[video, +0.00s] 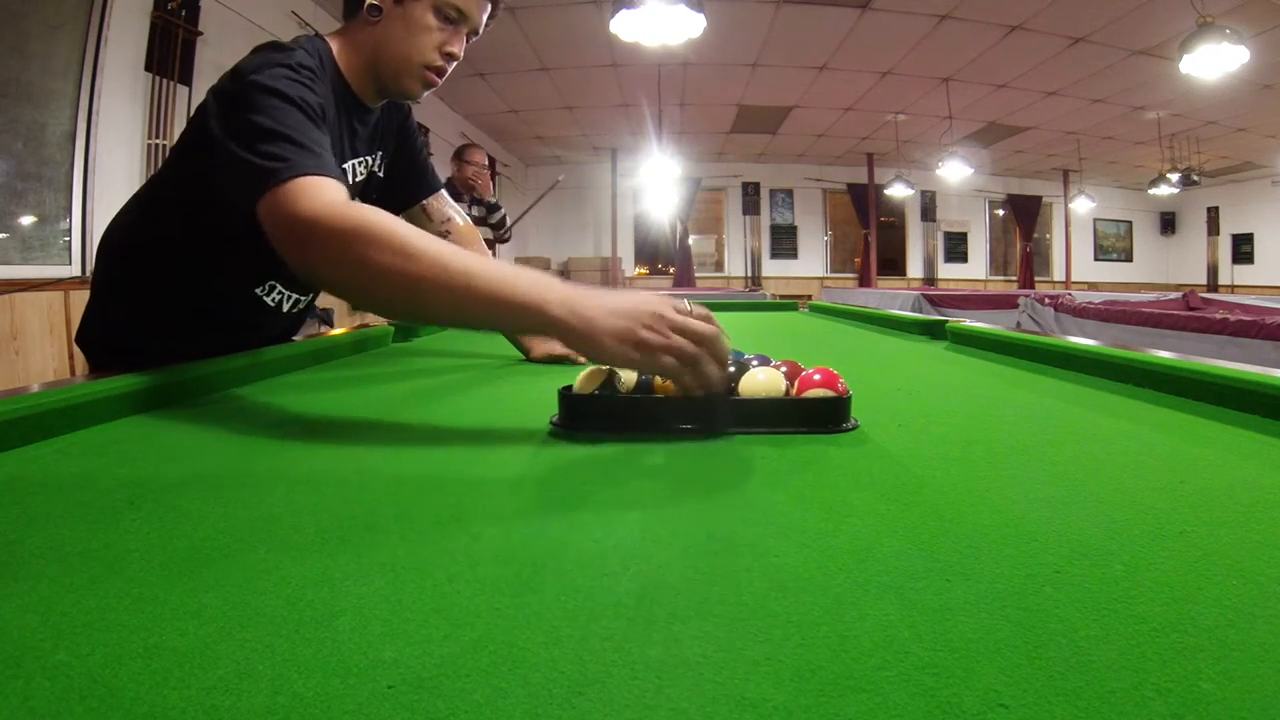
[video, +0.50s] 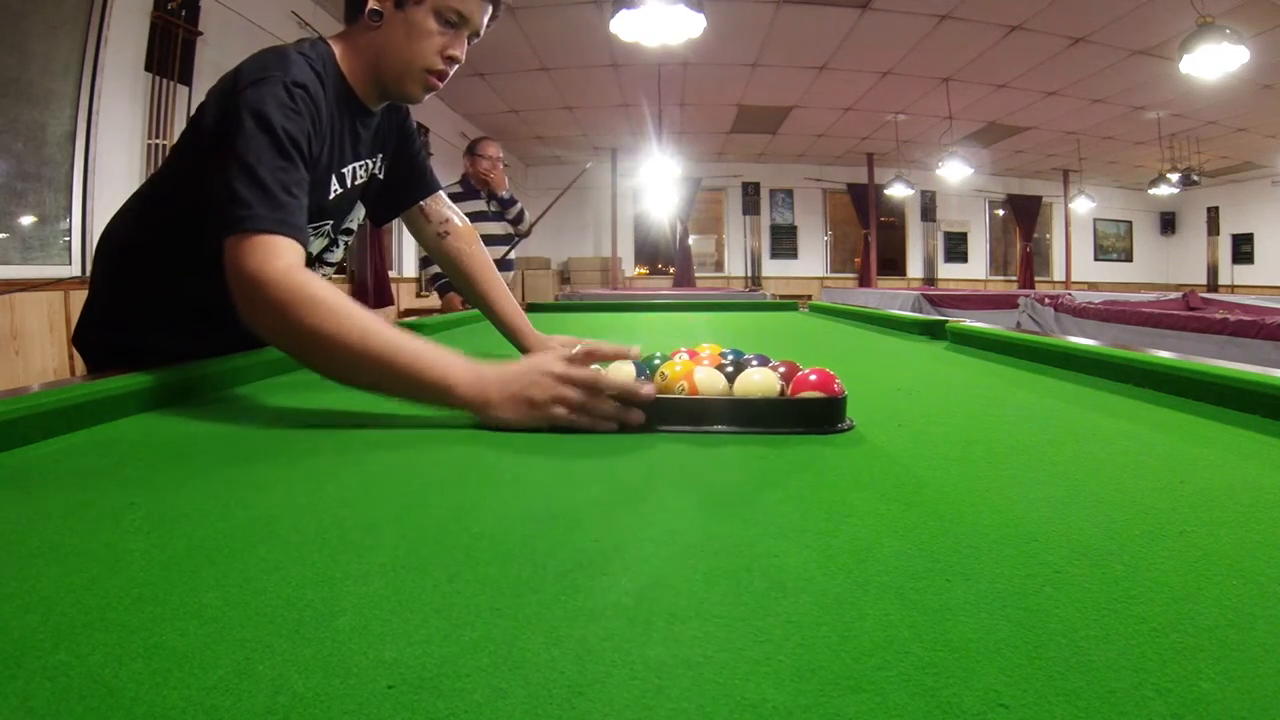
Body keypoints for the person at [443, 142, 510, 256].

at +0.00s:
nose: (478, 172)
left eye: (484, 168)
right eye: (472, 165)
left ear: (488, 172)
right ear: (455, 165)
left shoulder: (486, 205)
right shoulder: (437, 197)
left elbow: (504, 238)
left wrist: (489, 200)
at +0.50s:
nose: (494, 166)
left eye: (499, 160)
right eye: (487, 158)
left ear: (504, 165)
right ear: (468, 162)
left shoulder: (504, 199)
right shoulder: (444, 198)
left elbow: (525, 230)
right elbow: (429, 252)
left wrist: (503, 193)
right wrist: (445, 293)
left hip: (500, 295)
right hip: (462, 299)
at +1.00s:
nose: (536, 174)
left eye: (540, 168)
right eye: (529, 167)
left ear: (543, 169)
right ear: (511, 164)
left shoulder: (541, 199)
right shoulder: (489, 196)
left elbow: (564, 239)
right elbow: (472, 241)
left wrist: (547, 203)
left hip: (537, 293)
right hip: (502, 291)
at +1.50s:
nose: (546, 166)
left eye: (552, 161)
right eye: (539, 160)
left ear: (558, 167)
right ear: (527, 165)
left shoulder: (565, 206)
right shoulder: (508, 200)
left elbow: (587, 246)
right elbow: (491, 246)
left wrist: (586, 233)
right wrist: (495, 286)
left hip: (559, 294)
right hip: (522, 292)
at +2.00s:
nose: (542, 158)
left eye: (548, 153)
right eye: (534, 154)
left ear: (556, 160)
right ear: (524, 163)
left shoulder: (575, 199)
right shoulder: (506, 203)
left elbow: (595, 234)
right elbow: (491, 248)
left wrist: (609, 263)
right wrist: (496, 284)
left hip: (569, 296)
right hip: (527, 298)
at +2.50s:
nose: (565, 155)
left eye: (572, 151)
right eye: (558, 151)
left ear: (582, 162)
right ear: (549, 162)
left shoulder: (601, 202)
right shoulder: (529, 201)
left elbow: (616, 242)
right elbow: (514, 244)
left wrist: (632, 279)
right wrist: (516, 284)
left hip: (589, 297)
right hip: (544, 298)